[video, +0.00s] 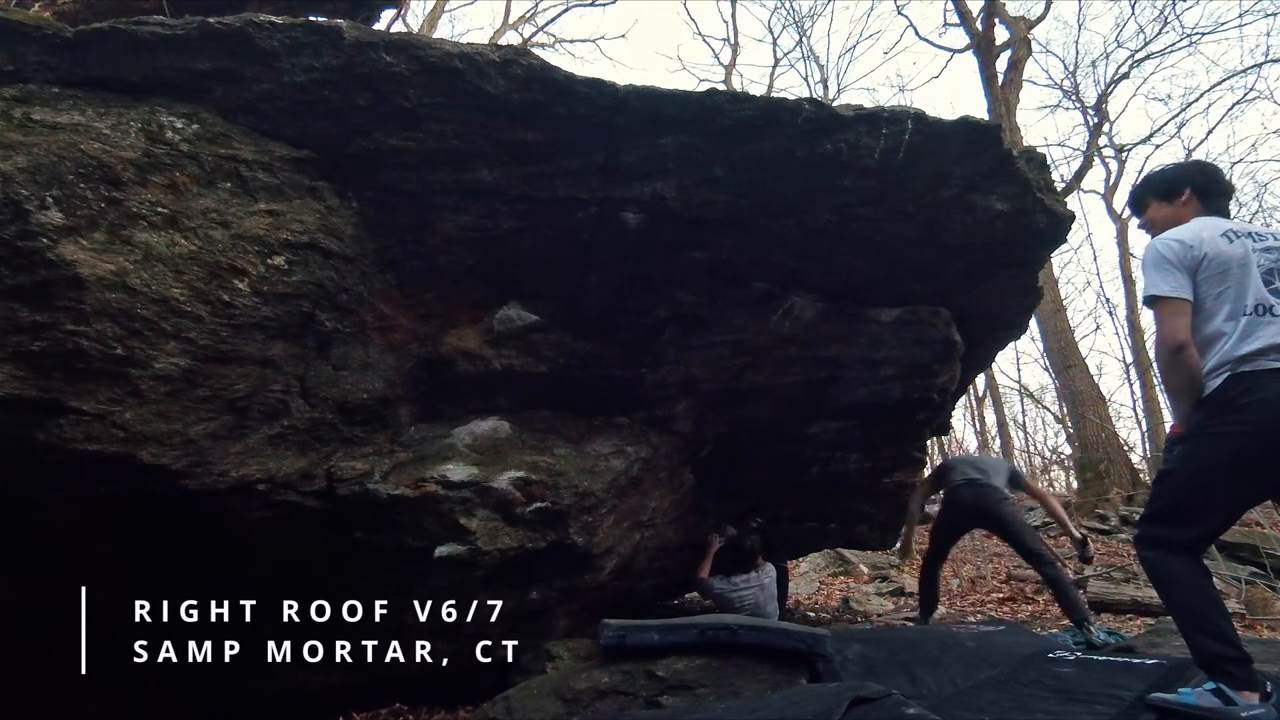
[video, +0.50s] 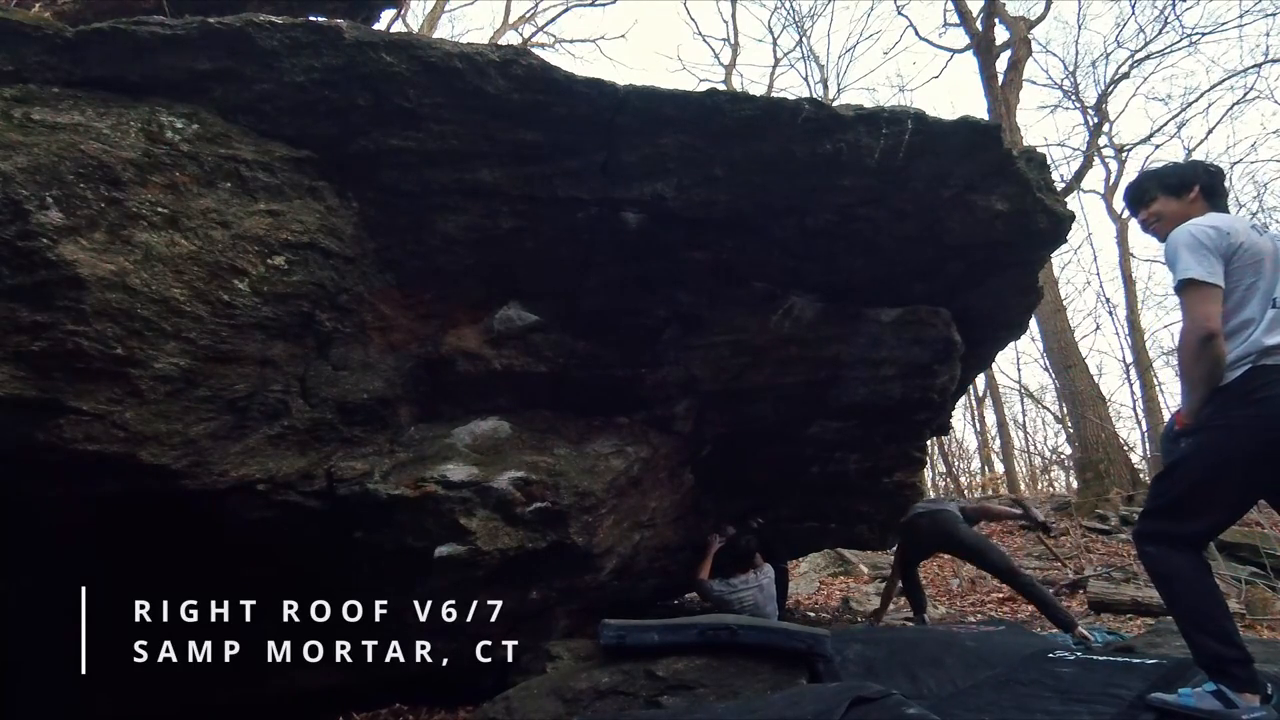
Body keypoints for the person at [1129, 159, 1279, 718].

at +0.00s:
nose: (1143, 226)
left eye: (1147, 214)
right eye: (1140, 218)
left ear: (1184, 197)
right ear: (1200, 202)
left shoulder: (1173, 243)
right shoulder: (1266, 236)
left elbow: (1177, 344)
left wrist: (1184, 418)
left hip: (1250, 399)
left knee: (1164, 539)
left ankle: (1235, 683)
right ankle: (1236, 680)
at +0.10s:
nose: (1145, 226)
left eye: (1149, 213)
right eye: (1142, 218)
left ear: (1190, 196)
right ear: (1201, 201)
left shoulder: (1179, 241)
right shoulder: (1264, 235)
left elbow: (1181, 342)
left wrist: (1184, 417)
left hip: (1250, 398)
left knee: (1163, 538)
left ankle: (1233, 682)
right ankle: (1234, 679)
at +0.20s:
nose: (1146, 227)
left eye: (1149, 214)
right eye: (1142, 220)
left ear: (1190, 195)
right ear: (1200, 200)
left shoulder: (1184, 238)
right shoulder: (1263, 236)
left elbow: (1186, 341)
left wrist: (1186, 417)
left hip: (1252, 397)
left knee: (1162, 537)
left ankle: (1234, 682)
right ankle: (1236, 680)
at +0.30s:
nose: (1146, 226)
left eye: (1149, 212)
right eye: (1142, 219)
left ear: (1189, 194)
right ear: (1201, 199)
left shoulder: (1187, 237)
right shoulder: (1261, 237)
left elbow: (1192, 339)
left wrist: (1189, 417)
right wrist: (1196, 415)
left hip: (1252, 398)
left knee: (1162, 537)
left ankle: (1234, 683)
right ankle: (1235, 680)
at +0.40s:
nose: (1146, 224)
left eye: (1149, 211)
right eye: (1141, 218)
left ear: (1190, 193)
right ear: (1202, 198)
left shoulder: (1191, 234)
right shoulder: (1264, 237)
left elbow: (1199, 336)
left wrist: (1191, 413)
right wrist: (1198, 410)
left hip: (1257, 396)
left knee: (1163, 535)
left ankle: (1235, 684)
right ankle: (1238, 681)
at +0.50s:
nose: (1146, 224)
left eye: (1150, 210)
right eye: (1141, 218)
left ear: (1192, 192)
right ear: (1200, 197)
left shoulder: (1195, 233)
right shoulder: (1258, 236)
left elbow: (1205, 334)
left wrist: (1193, 410)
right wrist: (1199, 408)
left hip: (1258, 392)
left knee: (1163, 533)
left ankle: (1235, 683)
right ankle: (1237, 680)